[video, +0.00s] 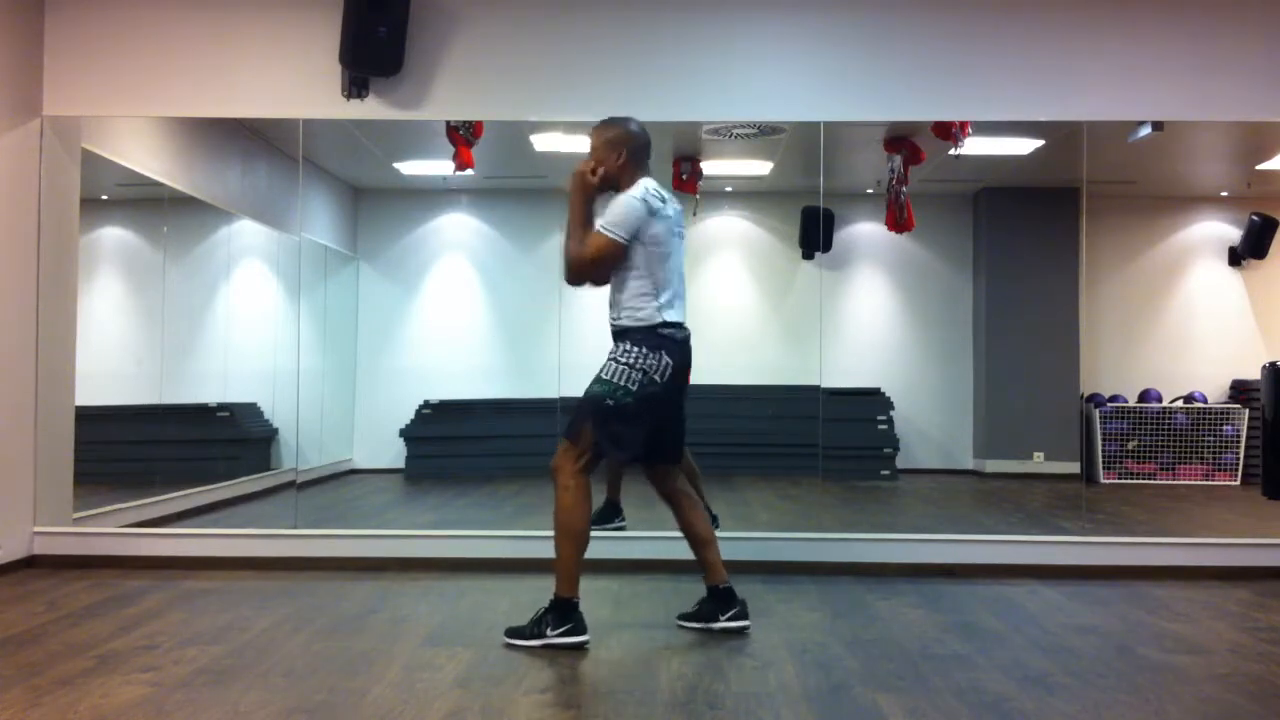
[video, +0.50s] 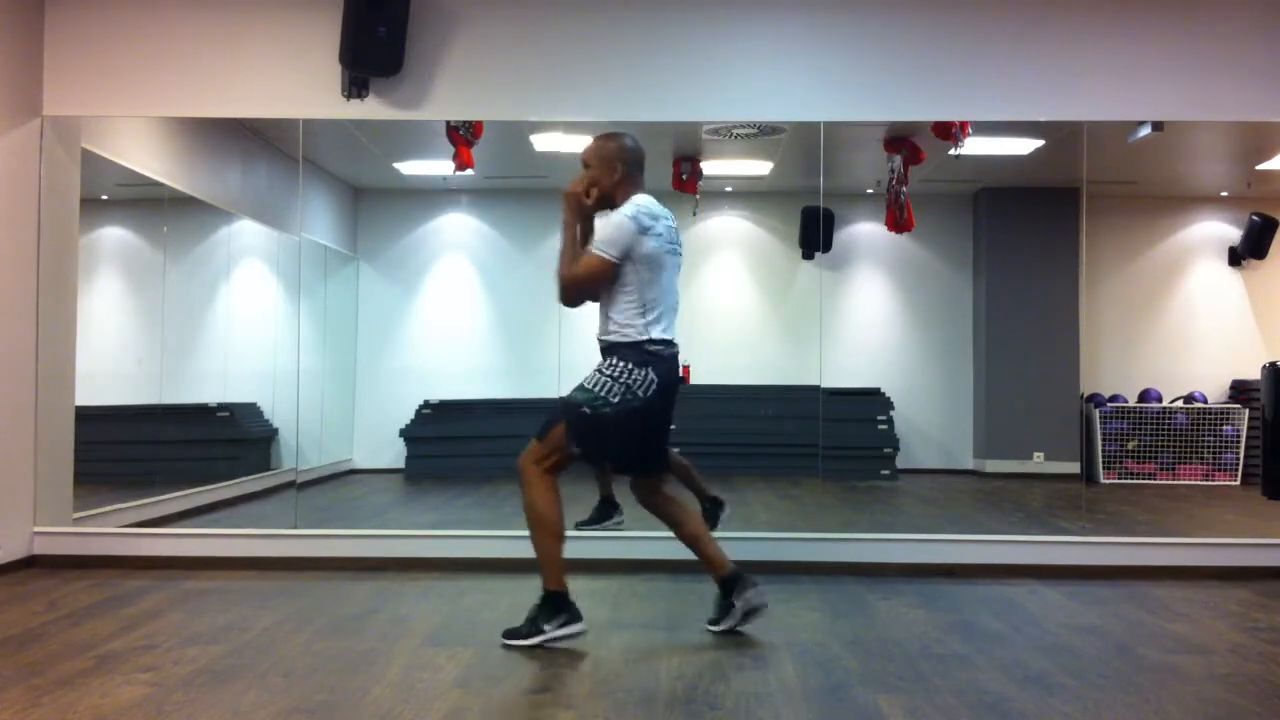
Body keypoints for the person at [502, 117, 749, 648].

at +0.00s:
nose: (590, 163)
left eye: (595, 154)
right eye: (591, 155)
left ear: (622, 156)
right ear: (633, 155)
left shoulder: (637, 199)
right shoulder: (659, 200)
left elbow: (577, 268)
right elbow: (600, 272)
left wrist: (578, 195)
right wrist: (590, 207)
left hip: (642, 350)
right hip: (664, 349)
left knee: (570, 464)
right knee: (669, 475)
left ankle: (564, 610)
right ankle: (722, 595)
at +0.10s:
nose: (594, 157)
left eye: (598, 148)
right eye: (595, 148)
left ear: (620, 148)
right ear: (644, 147)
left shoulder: (617, 194)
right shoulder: (678, 199)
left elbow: (566, 264)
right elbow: (648, 248)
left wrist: (575, 195)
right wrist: (603, 193)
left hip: (636, 342)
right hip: (674, 343)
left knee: (573, 464)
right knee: (681, 472)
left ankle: (564, 608)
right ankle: (723, 596)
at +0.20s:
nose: (586, 163)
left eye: (590, 154)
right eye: (589, 153)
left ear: (608, 154)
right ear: (636, 154)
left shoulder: (606, 197)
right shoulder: (678, 203)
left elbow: (568, 275)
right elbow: (662, 267)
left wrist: (574, 204)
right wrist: (599, 208)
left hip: (633, 346)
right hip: (673, 346)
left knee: (567, 466)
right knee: (683, 476)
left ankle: (562, 610)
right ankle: (725, 596)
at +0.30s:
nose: (572, 173)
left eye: (577, 163)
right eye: (573, 163)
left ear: (603, 165)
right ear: (619, 165)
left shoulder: (614, 206)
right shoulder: (661, 208)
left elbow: (571, 284)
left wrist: (566, 215)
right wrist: (586, 221)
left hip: (637, 357)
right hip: (668, 356)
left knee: (562, 466)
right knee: (666, 479)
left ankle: (562, 610)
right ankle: (734, 591)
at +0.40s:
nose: (577, 179)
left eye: (584, 169)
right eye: (579, 169)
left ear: (614, 176)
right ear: (623, 175)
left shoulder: (636, 220)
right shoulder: (645, 216)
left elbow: (580, 289)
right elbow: (591, 286)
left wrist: (575, 216)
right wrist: (583, 218)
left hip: (634, 369)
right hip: (655, 368)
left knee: (549, 468)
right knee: (663, 490)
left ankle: (561, 611)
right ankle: (743, 593)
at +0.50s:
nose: (582, 180)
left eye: (588, 169)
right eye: (583, 169)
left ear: (617, 173)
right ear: (629, 174)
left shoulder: (625, 218)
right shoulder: (658, 218)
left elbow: (570, 288)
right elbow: (584, 286)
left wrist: (573, 219)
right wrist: (582, 220)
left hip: (627, 369)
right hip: (656, 369)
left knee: (536, 465)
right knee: (650, 488)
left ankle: (556, 603)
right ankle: (733, 582)